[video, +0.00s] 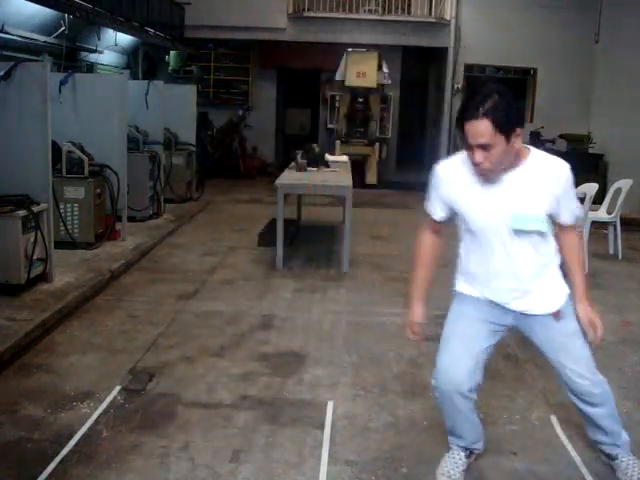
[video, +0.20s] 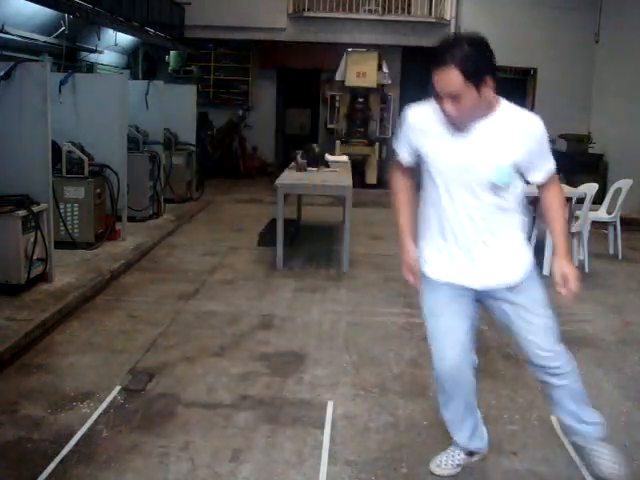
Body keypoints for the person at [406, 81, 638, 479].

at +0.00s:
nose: (476, 157)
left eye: (485, 148)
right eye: (469, 147)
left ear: (516, 138)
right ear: (463, 136)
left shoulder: (553, 174)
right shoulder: (449, 175)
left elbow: (569, 231)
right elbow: (432, 230)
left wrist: (582, 299)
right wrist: (417, 301)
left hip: (543, 300)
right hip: (476, 299)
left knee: (586, 382)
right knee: (450, 381)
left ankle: (619, 452)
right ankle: (464, 444)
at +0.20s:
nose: (446, 107)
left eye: (455, 97)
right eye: (440, 97)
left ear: (486, 87)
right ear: (434, 88)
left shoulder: (525, 129)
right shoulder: (418, 121)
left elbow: (549, 186)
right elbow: (402, 171)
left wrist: (561, 255)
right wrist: (407, 242)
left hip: (509, 271)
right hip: (442, 272)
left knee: (549, 357)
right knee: (449, 366)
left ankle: (590, 438)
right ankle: (468, 442)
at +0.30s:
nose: (420, 91)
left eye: (429, 80)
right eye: (413, 79)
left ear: (462, 71)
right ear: (406, 71)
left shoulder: (507, 114)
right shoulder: (396, 105)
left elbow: (535, 177)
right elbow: (381, 159)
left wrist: (534, 253)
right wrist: (375, 232)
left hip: (477, 253)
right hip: (411, 251)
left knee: (496, 347)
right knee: (407, 347)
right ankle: (432, 420)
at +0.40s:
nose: (391, 96)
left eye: (399, 84)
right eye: (385, 85)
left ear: (435, 75)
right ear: (380, 77)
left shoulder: (478, 122)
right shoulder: (372, 113)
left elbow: (502, 196)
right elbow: (358, 179)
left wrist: (499, 272)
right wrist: (342, 246)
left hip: (444, 264)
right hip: (377, 255)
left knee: (453, 366)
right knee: (338, 339)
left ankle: (472, 460)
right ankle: (337, 401)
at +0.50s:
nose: (356, 105)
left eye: (365, 95)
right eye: (350, 94)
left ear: (398, 88)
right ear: (344, 88)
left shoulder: (435, 140)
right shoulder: (335, 126)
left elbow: (453, 221)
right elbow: (318, 194)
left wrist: (456, 298)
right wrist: (295, 258)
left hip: (407, 284)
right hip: (338, 273)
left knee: (438, 375)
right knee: (276, 342)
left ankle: (473, 465)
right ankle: (238, 414)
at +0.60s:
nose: (312, 95)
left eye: (323, 85)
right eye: (308, 84)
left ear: (352, 80)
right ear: (301, 76)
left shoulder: (382, 135)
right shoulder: (281, 112)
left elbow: (404, 209)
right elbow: (262, 172)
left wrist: (412, 287)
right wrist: (243, 241)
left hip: (350, 278)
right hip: (279, 269)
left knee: (388, 361)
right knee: (246, 353)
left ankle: (450, 449)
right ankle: (239, 425)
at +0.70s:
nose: (272, 80)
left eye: (282, 71)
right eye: (265, 70)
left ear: (310, 64)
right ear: (256, 62)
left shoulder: (340, 116)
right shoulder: (237, 95)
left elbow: (360, 184)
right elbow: (213, 151)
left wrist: (364, 259)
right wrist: (195, 216)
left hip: (300, 257)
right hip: (236, 245)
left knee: (302, 350)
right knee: (205, 329)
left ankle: (333, 433)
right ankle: (223, 410)